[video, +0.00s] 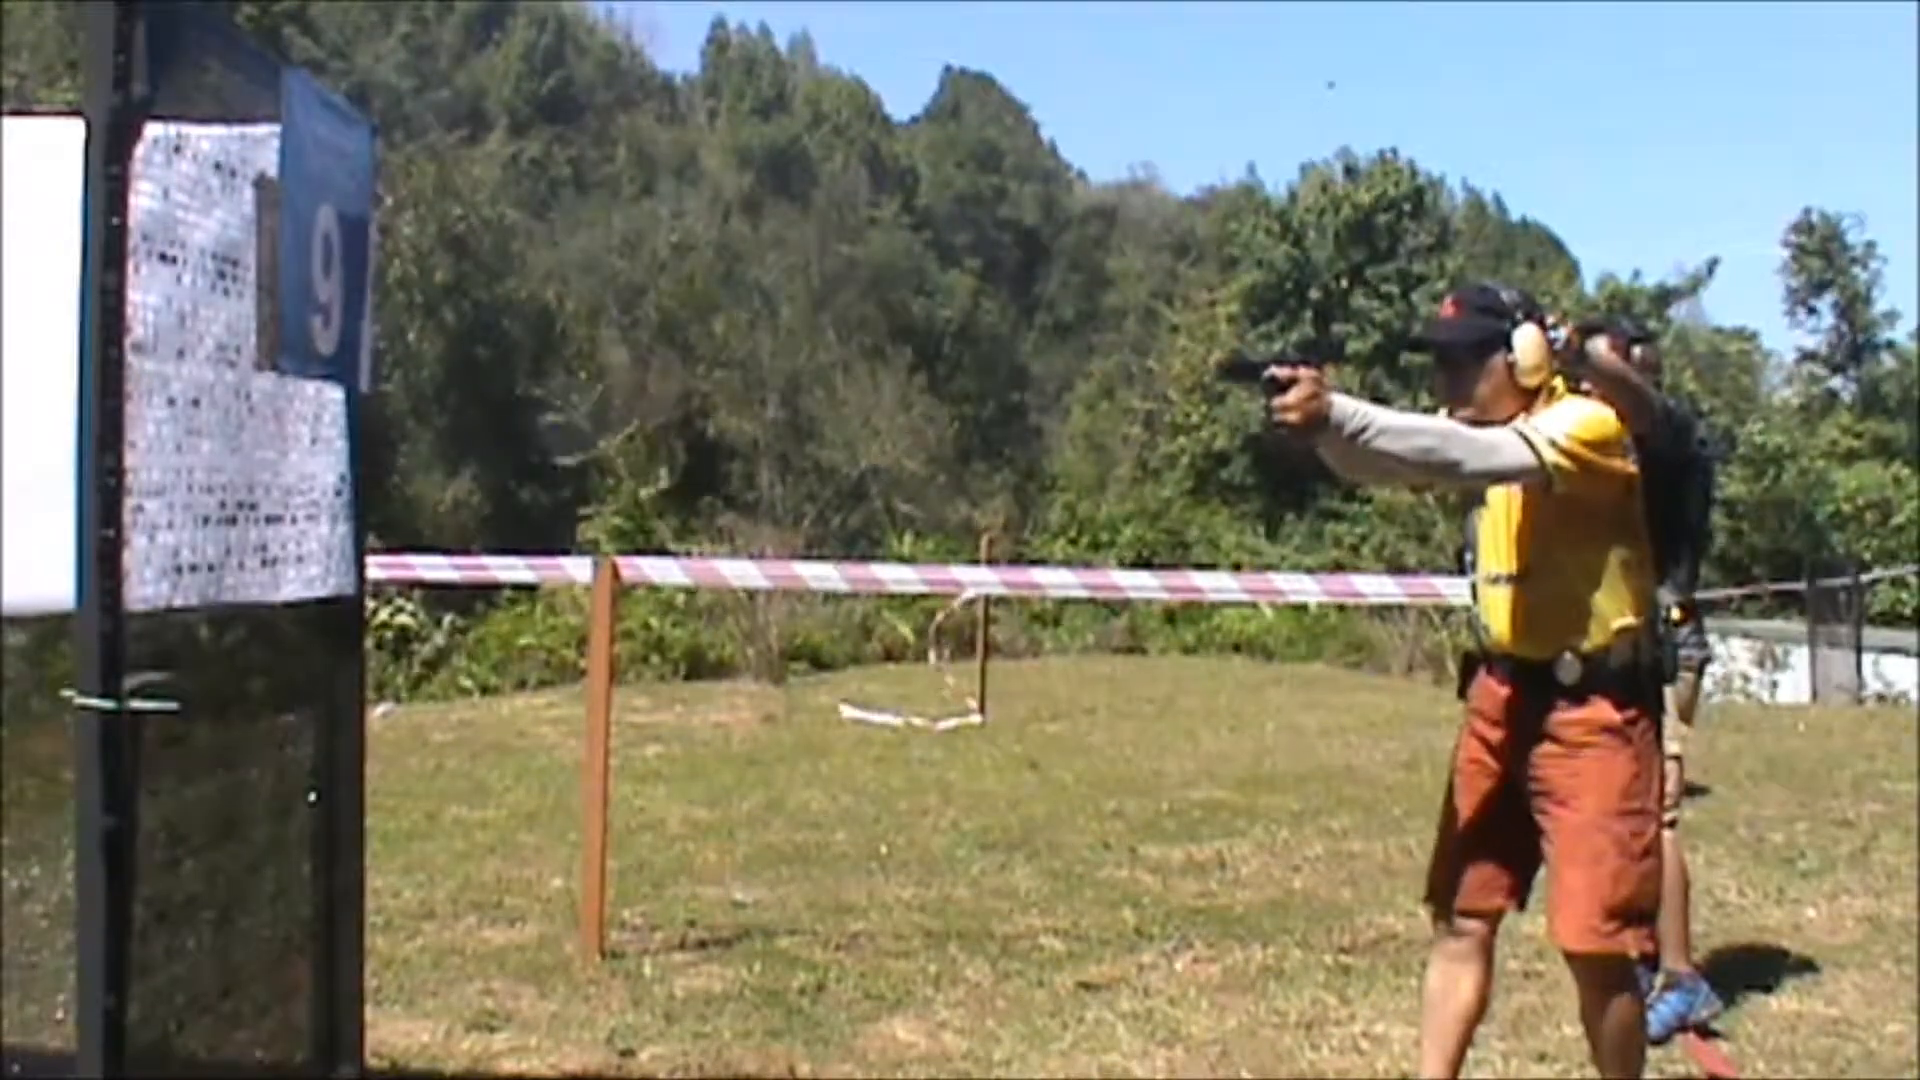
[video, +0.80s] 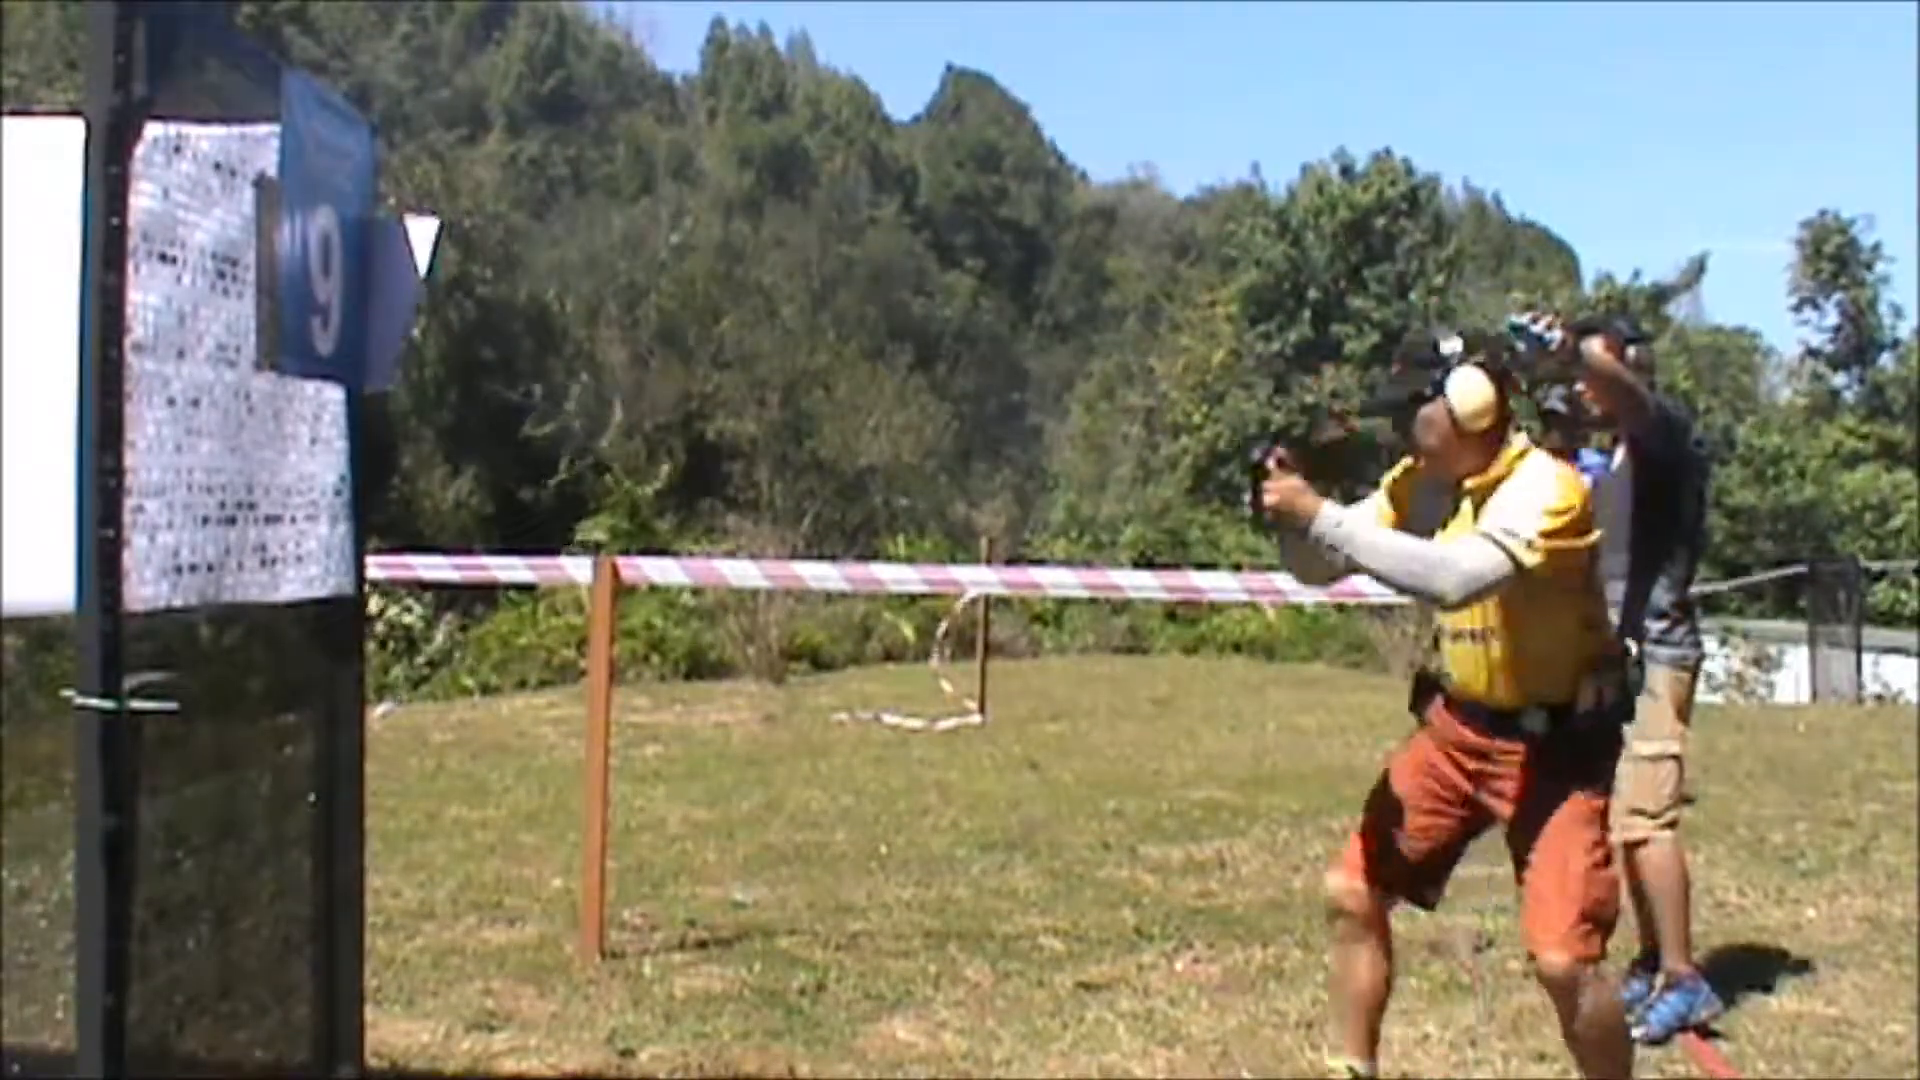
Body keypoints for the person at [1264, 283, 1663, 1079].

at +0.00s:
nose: (1449, 392)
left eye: (1462, 371)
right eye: (1443, 373)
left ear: (1513, 360)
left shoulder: (1589, 425)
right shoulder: (1490, 435)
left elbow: (1472, 453)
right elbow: (1400, 467)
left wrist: (1338, 410)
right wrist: (1319, 427)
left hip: (1598, 709)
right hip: (1502, 698)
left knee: (1595, 942)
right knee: (1463, 917)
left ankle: (1623, 1072)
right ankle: (1433, 1072)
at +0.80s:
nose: (1411, 417)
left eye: (1423, 405)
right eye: (1413, 404)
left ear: (1469, 421)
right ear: (1457, 423)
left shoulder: (1549, 486)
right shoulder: (1420, 481)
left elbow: (1455, 576)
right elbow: (1322, 565)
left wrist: (1321, 516)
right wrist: (1291, 508)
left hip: (1557, 751)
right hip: (1457, 734)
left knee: (1562, 962)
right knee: (1355, 896)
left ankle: (1609, 1073)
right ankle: (1355, 1066)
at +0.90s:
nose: (1389, 469)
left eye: (1402, 461)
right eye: (1394, 457)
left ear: (1441, 475)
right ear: (1423, 468)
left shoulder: (1523, 526)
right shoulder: (1394, 515)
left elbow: (1420, 618)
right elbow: (1297, 605)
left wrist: (1277, 570)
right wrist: (1247, 581)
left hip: (1535, 773)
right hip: (1433, 757)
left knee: (1548, 972)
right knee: (1311, 901)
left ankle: (1606, 1073)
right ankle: (1294, 1062)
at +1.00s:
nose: (1296, 509)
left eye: (1304, 495)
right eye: (1297, 495)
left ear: (1343, 502)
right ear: (1322, 507)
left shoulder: (1426, 544)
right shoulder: (1315, 564)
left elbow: (1422, 644)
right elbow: (1244, 633)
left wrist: (1314, 680)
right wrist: (1162, 620)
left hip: (1473, 796)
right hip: (1374, 785)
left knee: (1501, 990)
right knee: (1244, 904)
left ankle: (1590, 1072)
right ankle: (1201, 1064)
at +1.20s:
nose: (1035, 484)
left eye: (1046, 470)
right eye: (1037, 472)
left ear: (1081, 475)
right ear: (1082, 480)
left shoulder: (1119, 515)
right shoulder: (1097, 562)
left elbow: (1203, 560)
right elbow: (1053, 659)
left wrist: (1222, 683)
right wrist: (952, 623)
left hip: (1285, 761)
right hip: (1213, 779)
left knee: (1393, 954)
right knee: (1116, 901)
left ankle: (1529, 1070)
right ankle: (1173, 1067)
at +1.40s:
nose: (793, 475)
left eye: (800, 460)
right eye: (793, 464)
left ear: (832, 464)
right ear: (824, 482)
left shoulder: (878, 483)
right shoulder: (855, 575)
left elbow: (957, 470)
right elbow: (792, 646)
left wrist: (897, 569)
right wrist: (693, 602)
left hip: (1033, 703)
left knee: (899, 894)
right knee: (1033, 917)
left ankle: (1065, 1007)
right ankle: (1143, 1050)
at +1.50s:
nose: (684, 435)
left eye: (693, 420)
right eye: (684, 423)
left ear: (728, 418)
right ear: (731, 423)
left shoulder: (771, 451)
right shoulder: (749, 502)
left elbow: (838, 497)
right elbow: (697, 615)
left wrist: (738, 585)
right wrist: (598, 573)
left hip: (902, 686)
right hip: (917, 689)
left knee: (756, 859)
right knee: (993, 884)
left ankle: (794, 1049)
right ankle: (1126, 1034)